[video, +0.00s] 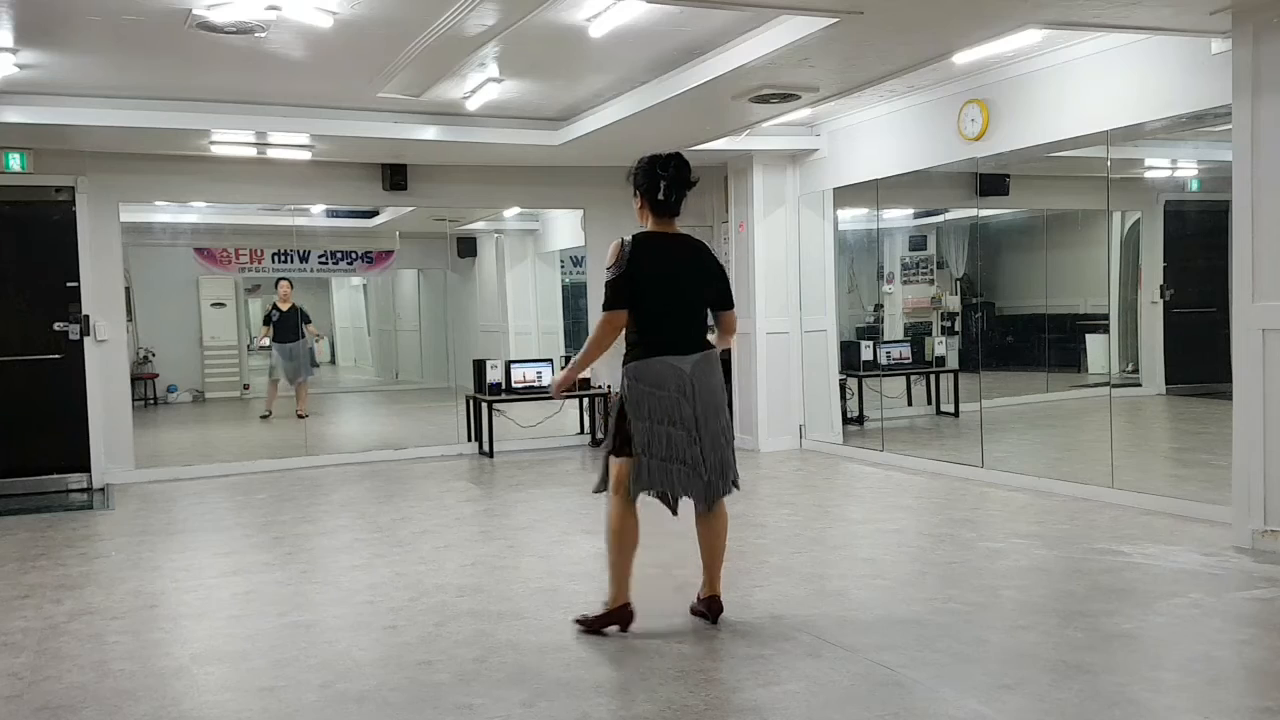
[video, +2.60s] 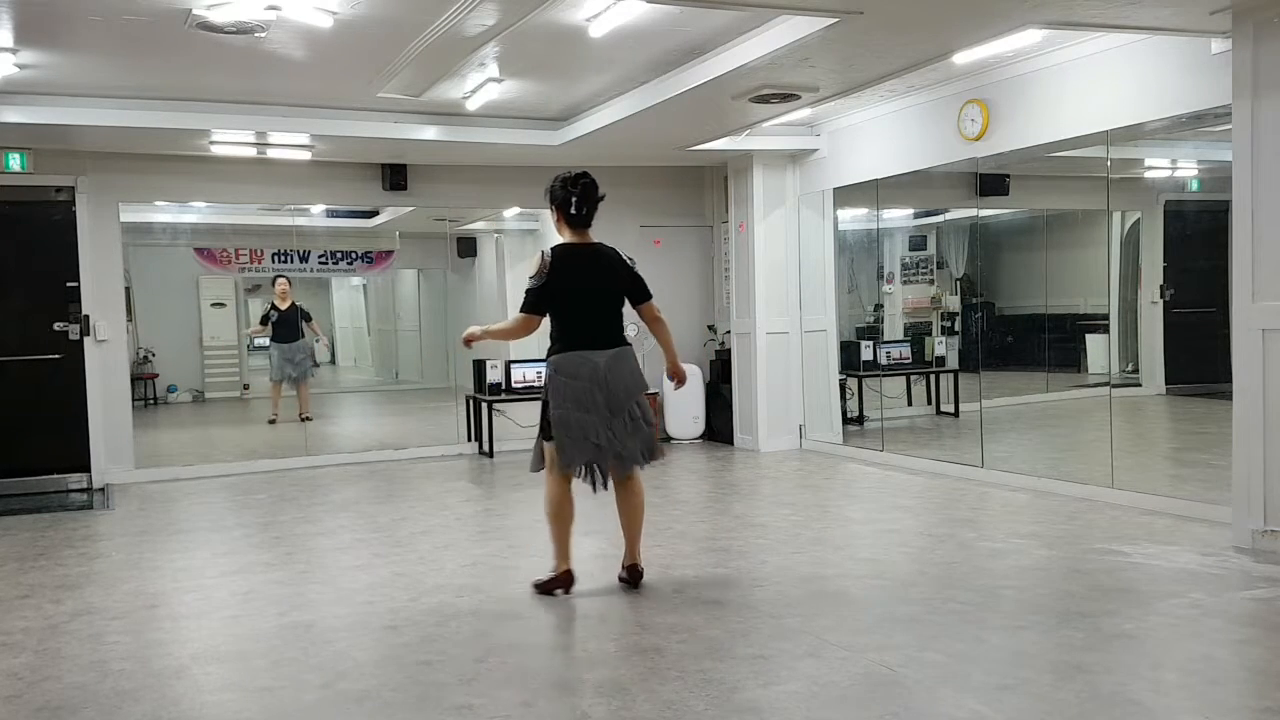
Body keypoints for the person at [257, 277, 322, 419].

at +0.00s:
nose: (285, 290)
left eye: (287, 287)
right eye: (282, 287)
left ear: (291, 290)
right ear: (276, 290)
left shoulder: (298, 309)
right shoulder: (272, 309)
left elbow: (309, 326)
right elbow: (266, 326)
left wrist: (316, 334)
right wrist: (262, 336)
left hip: (297, 347)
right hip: (278, 349)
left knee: (300, 379)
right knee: (273, 379)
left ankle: (300, 408)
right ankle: (268, 409)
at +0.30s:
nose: (272, 290)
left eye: (275, 287)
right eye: (269, 287)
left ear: (279, 290)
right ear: (263, 290)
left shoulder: (282, 309)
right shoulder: (258, 308)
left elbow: (295, 327)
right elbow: (248, 325)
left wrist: (313, 337)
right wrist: (239, 334)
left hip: (282, 347)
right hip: (263, 348)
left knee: (291, 378)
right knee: (260, 379)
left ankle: (299, 408)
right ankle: (257, 409)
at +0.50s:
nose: (263, 290)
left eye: (266, 287)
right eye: (260, 287)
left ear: (270, 290)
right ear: (254, 290)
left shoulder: (273, 309)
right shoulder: (249, 308)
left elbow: (285, 327)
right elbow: (240, 325)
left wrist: (299, 340)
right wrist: (233, 332)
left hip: (272, 347)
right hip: (253, 348)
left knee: (279, 377)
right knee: (254, 381)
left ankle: (285, 408)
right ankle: (256, 411)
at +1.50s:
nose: (252, 289)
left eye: (255, 286)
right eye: (249, 286)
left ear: (259, 289)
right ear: (244, 289)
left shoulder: (264, 309)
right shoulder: (239, 308)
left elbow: (274, 328)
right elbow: (232, 327)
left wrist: (285, 344)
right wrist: (226, 343)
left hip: (263, 348)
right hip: (245, 348)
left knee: (266, 381)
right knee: (248, 383)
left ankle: (264, 406)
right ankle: (253, 413)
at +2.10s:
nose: (258, 289)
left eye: (260, 286)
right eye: (254, 286)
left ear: (264, 289)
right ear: (248, 289)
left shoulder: (269, 308)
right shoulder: (243, 308)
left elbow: (278, 329)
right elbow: (236, 327)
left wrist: (287, 346)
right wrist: (236, 341)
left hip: (269, 348)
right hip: (249, 349)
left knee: (277, 380)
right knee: (250, 384)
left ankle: (283, 412)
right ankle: (253, 414)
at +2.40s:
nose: (273, 287)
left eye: (275, 284)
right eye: (269, 285)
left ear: (279, 287)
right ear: (263, 288)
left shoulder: (286, 307)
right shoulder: (260, 307)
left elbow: (295, 326)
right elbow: (249, 326)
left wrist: (304, 339)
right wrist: (236, 335)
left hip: (287, 347)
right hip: (267, 348)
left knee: (295, 379)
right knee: (261, 382)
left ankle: (302, 411)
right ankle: (254, 413)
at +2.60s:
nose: (283, 287)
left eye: (285, 284)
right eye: (279, 285)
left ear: (290, 287)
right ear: (274, 288)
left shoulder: (298, 307)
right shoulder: (270, 307)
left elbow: (310, 323)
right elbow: (262, 327)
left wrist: (322, 337)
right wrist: (251, 331)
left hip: (298, 347)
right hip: (278, 348)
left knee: (301, 380)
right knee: (276, 381)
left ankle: (304, 412)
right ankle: (274, 413)